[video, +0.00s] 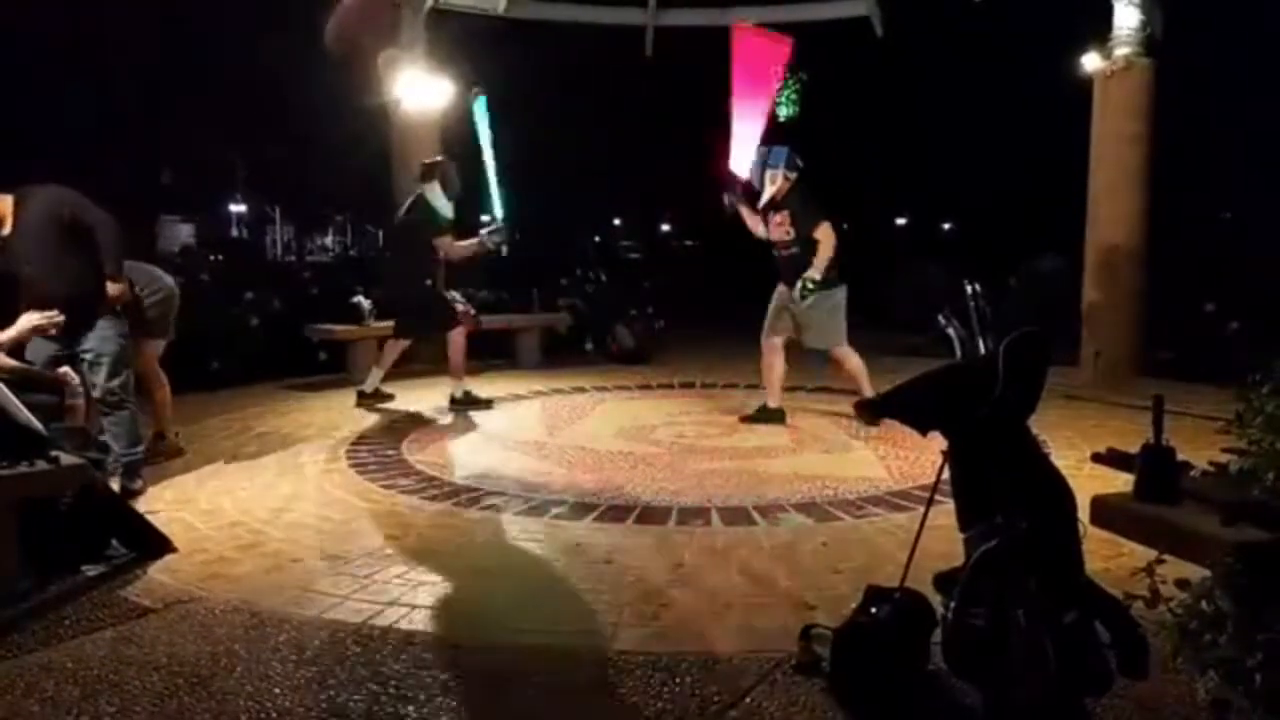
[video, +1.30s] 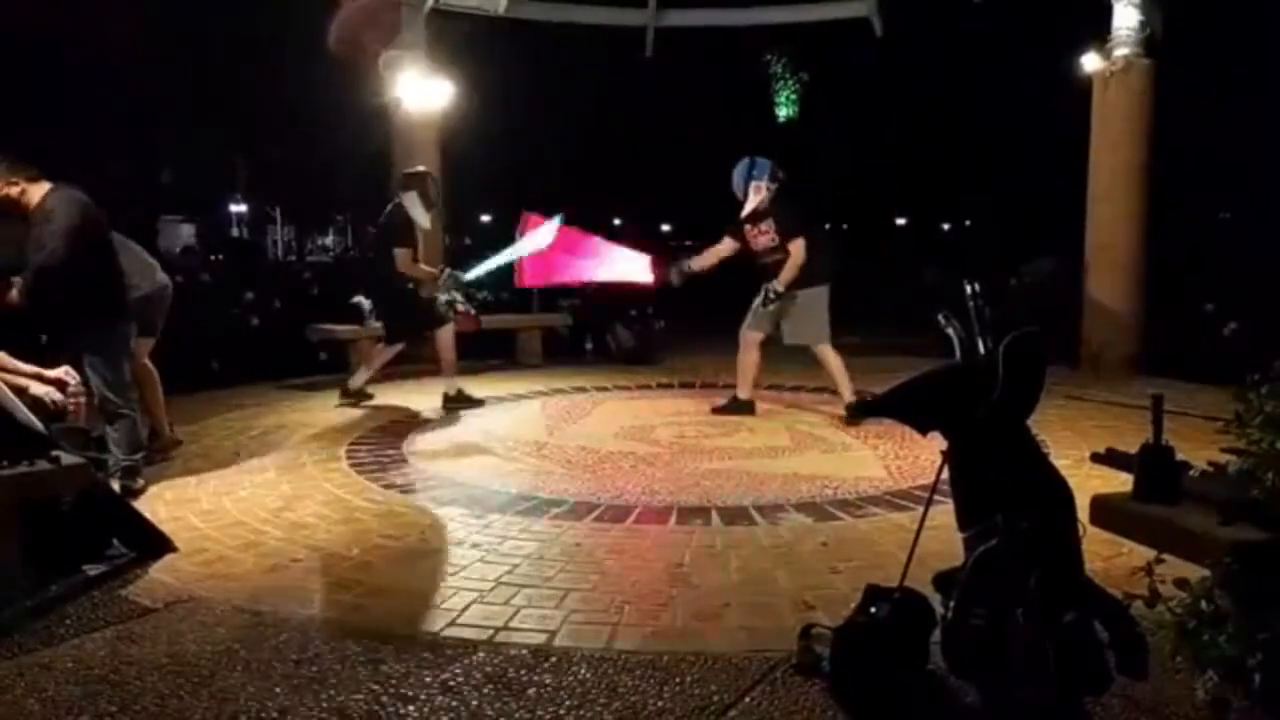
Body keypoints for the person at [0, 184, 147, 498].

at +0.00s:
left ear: (4, 200)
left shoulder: (48, 201)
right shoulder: (5, 247)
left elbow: (105, 226)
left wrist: (114, 276)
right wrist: (16, 330)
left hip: (94, 313)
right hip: (42, 326)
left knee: (110, 393)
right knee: (36, 396)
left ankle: (127, 469)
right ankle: (56, 473)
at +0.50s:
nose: (5, 200)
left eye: (4, 193)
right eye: (2, 195)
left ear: (16, 182)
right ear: (8, 189)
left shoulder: (72, 198)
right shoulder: (15, 223)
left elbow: (116, 225)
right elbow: (15, 272)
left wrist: (84, 259)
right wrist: (17, 296)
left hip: (91, 314)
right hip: (47, 321)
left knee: (106, 396)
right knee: (42, 399)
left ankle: (126, 471)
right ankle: (60, 472)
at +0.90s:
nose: (29, 195)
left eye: (29, 185)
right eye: (24, 189)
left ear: (48, 174)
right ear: (44, 179)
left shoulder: (96, 201)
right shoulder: (60, 210)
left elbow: (85, 242)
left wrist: (32, 247)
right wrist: (24, 262)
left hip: (109, 311)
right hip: (73, 311)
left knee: (115, 395)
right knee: (62, 388)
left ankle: (127, 470)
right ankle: (75, 466)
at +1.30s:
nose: (8, 204)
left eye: (6, 197)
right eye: (5, 198)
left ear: (15, 186)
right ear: (18, 184)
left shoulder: (64, 208)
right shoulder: (46, 212)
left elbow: (52, 265)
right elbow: (45, 262)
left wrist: (25, 289)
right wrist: (25, 285)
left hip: (103, 313)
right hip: (79, 313)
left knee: (113, 395)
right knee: (87, 395)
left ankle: (127, 470)